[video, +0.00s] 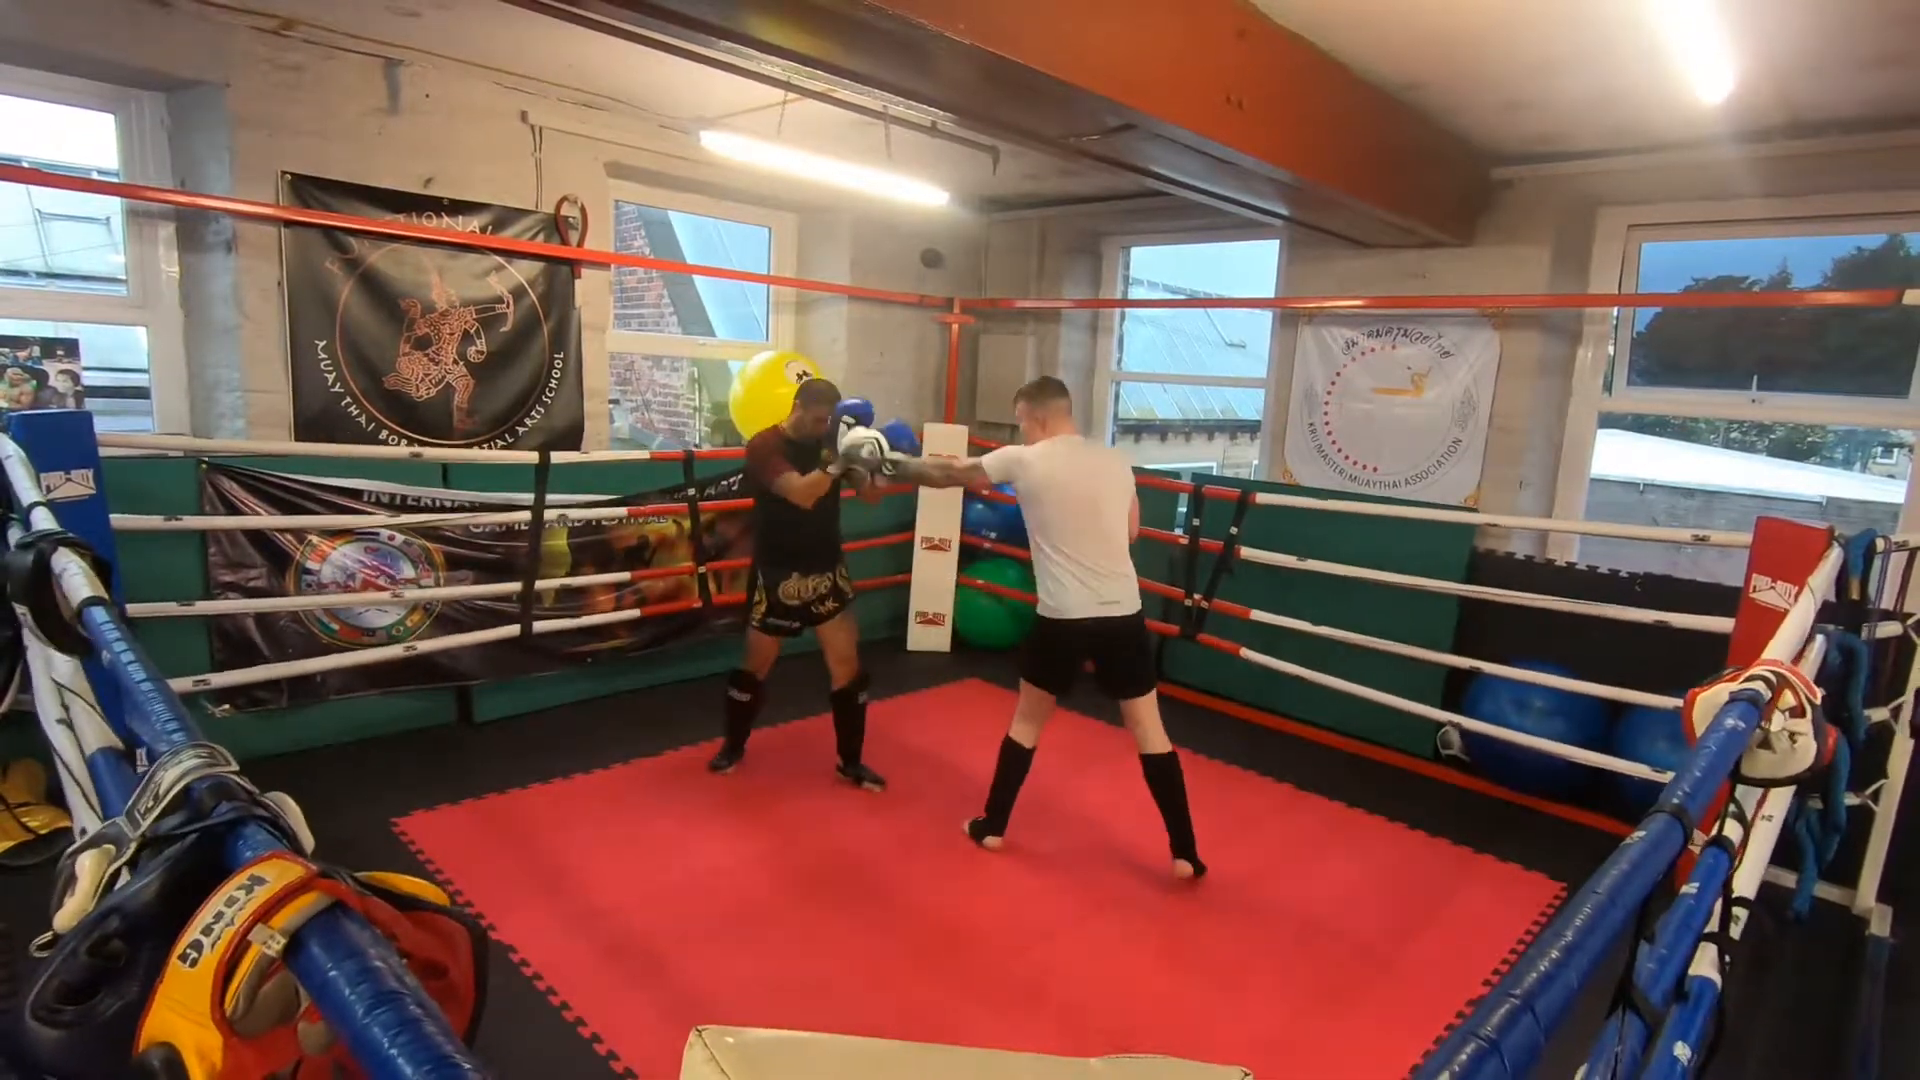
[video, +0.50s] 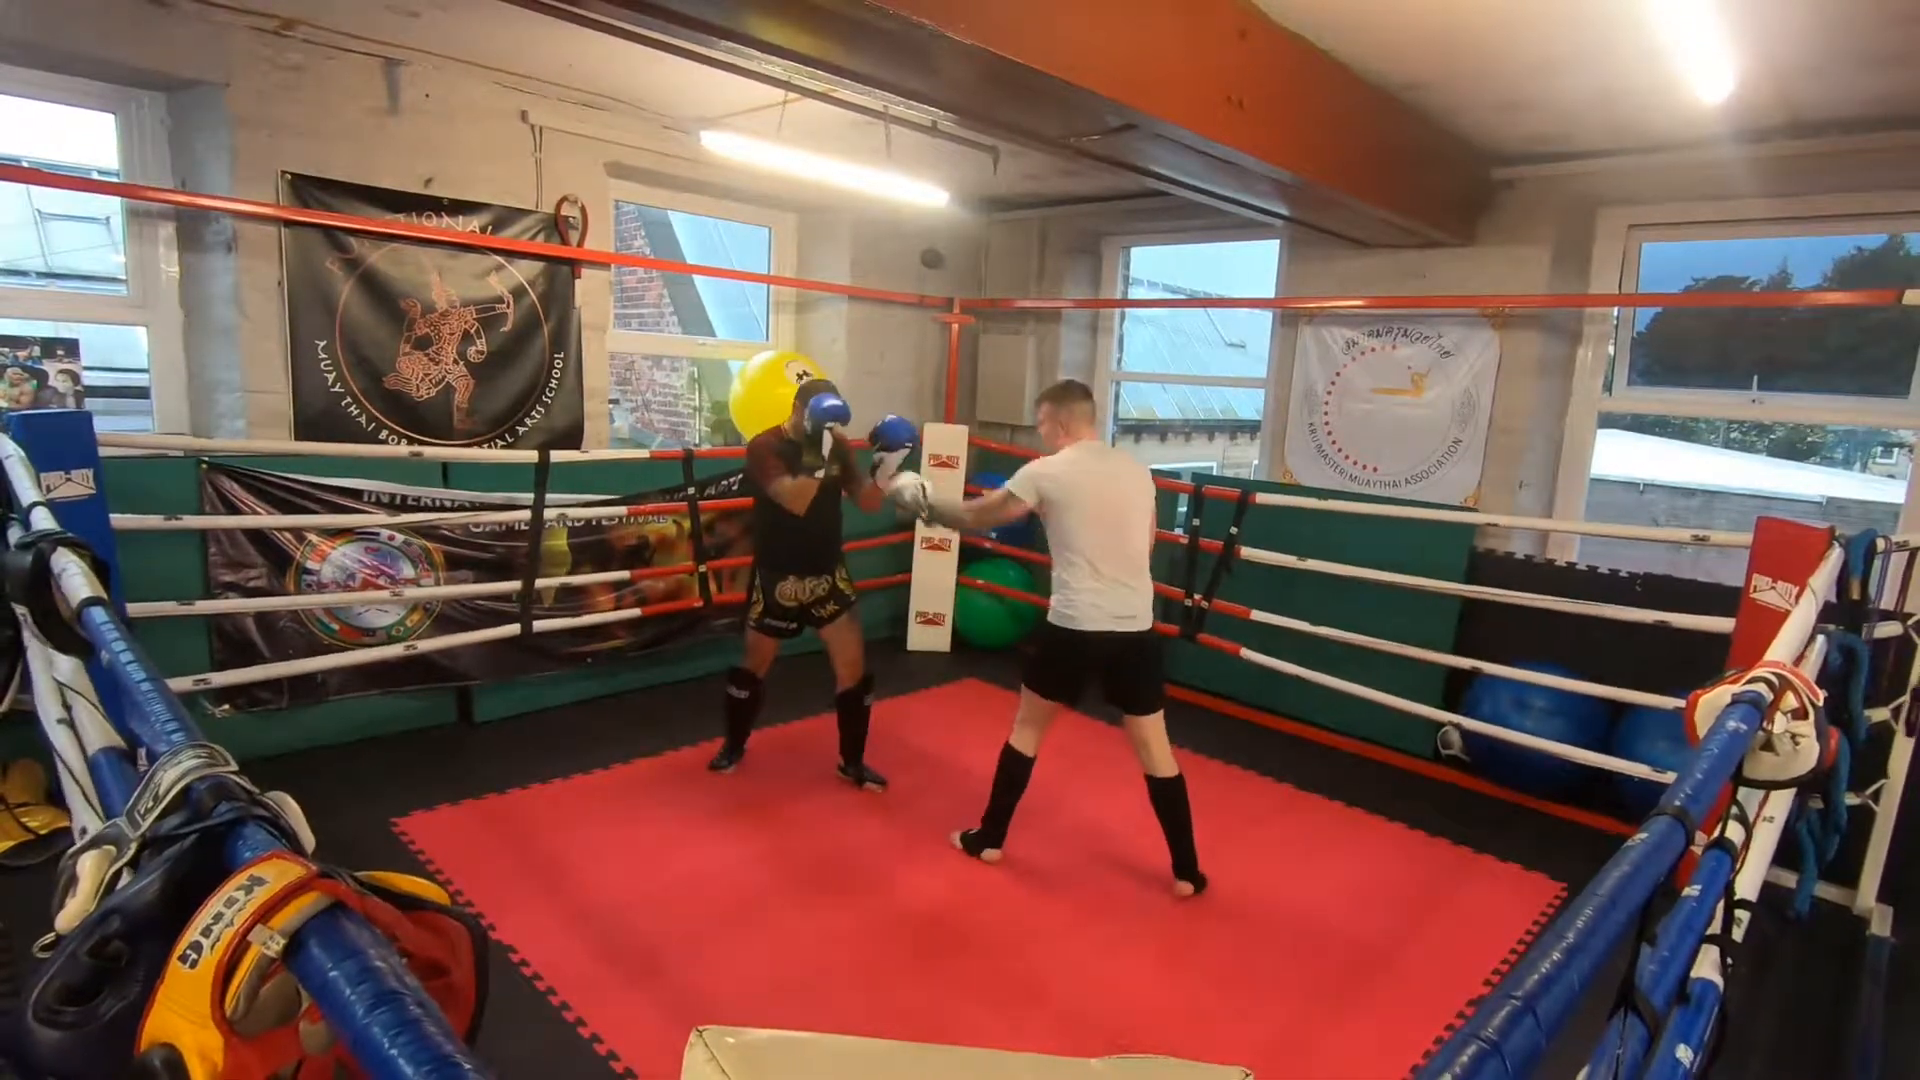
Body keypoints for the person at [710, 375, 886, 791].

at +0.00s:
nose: (826, 425)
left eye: (830, 418)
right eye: (818, 418)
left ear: (834, 416)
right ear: (795, 410)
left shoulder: (832, 442)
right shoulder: (763, 448)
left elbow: (871, 494)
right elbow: (804, 494)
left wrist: (868, 454)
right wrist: (837, 460)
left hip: (827, 571)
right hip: (775, 574)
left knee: (846, 668)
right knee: (755, 666)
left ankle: (851, 762)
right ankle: (733, 746)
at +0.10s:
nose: (816, 414)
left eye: (821, 406)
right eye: (809, 405)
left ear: (828, 413)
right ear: (789, 406)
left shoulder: (834, 447)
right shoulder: (764, 445)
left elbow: (861, 481)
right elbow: (797, 491)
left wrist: (884, 459)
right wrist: (828, 444)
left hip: (830, 571)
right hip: (777, 573)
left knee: (846, 669)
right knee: (756, 666)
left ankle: (851, 762)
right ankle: (734, 746)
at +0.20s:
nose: (822, 417)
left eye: (825, 411)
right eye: (814, 409)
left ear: (824, 412)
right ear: (790, 408)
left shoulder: (839, 444)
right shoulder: (764, 444)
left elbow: (865, 500)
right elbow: (792, 493)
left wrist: (889, 471)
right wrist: (813, 443)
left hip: (829, 571)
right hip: (776, 572)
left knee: (845, 668)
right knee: (756, 665)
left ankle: (850, 762)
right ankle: (733, 747)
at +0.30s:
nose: (816, 406)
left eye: (819, 398)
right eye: (805, 398)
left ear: (821, 405)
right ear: (783, 405)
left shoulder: (835, 444)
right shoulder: (761, 445)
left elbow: (863, 502)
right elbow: (789, 498)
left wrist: (888, 473)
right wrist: (806, 442)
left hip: (826, 570)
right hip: (774, 572)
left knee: (846, 667)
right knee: (753, 664)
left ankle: (850, 762)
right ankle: (733, 746)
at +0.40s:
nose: (814, 408)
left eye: (818, 399)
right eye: (803, 399)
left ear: (823, 405)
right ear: (782, 406)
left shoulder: (835, 445)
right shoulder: (760, 447)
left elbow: (861, 501)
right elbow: (790, 501)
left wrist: (888, 467)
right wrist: (807, 447)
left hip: (825, 573)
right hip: (772, 574)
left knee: (852, 669)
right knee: (752, 665)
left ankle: (852, 762)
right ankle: (733, 746)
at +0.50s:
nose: (822, 421)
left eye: (827, 415)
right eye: (815, 413)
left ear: (829, 416)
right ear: (795, 410)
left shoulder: (835, 446)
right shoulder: (764, 448)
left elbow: (868, 501)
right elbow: (795, 501)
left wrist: (888, 461)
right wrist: (821, 456)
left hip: (828, 574)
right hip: (775, 575)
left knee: (852, 669)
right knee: (753, 667)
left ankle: (853, 762)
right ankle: (733, 746)